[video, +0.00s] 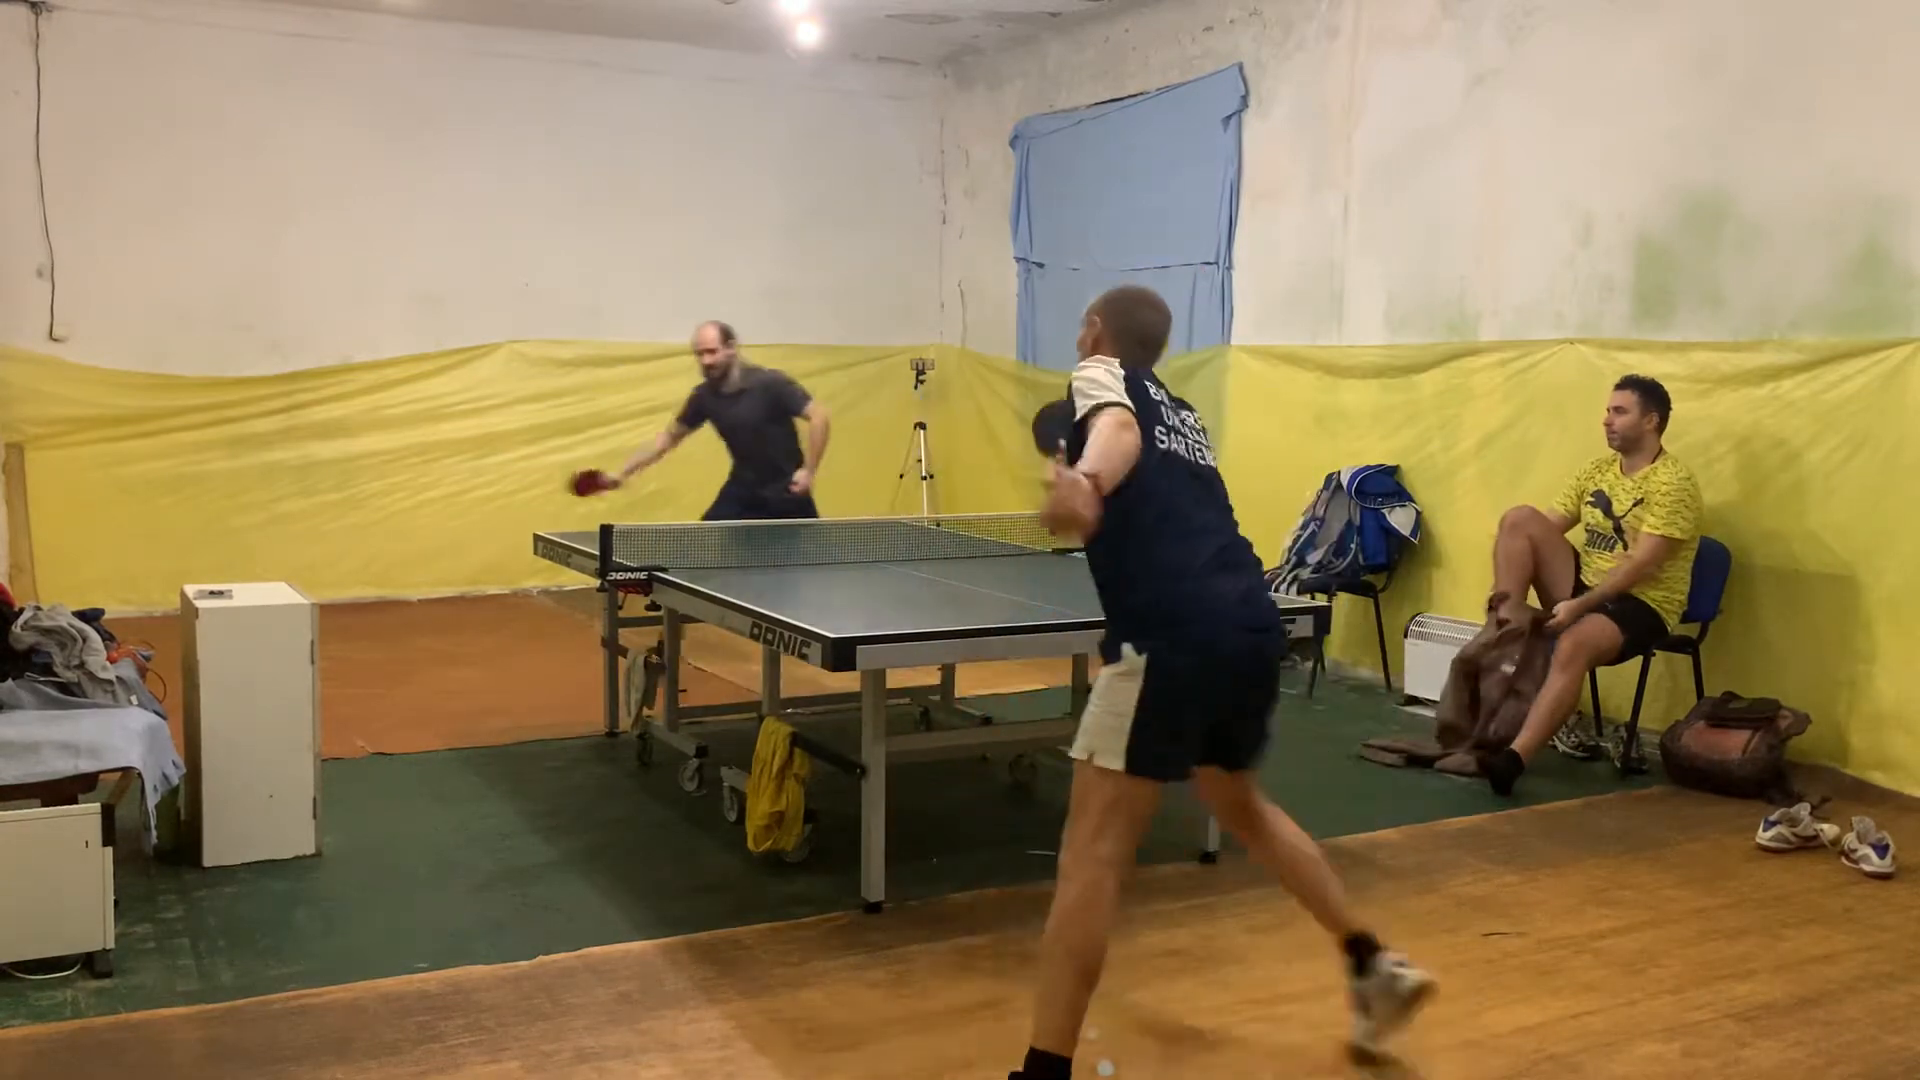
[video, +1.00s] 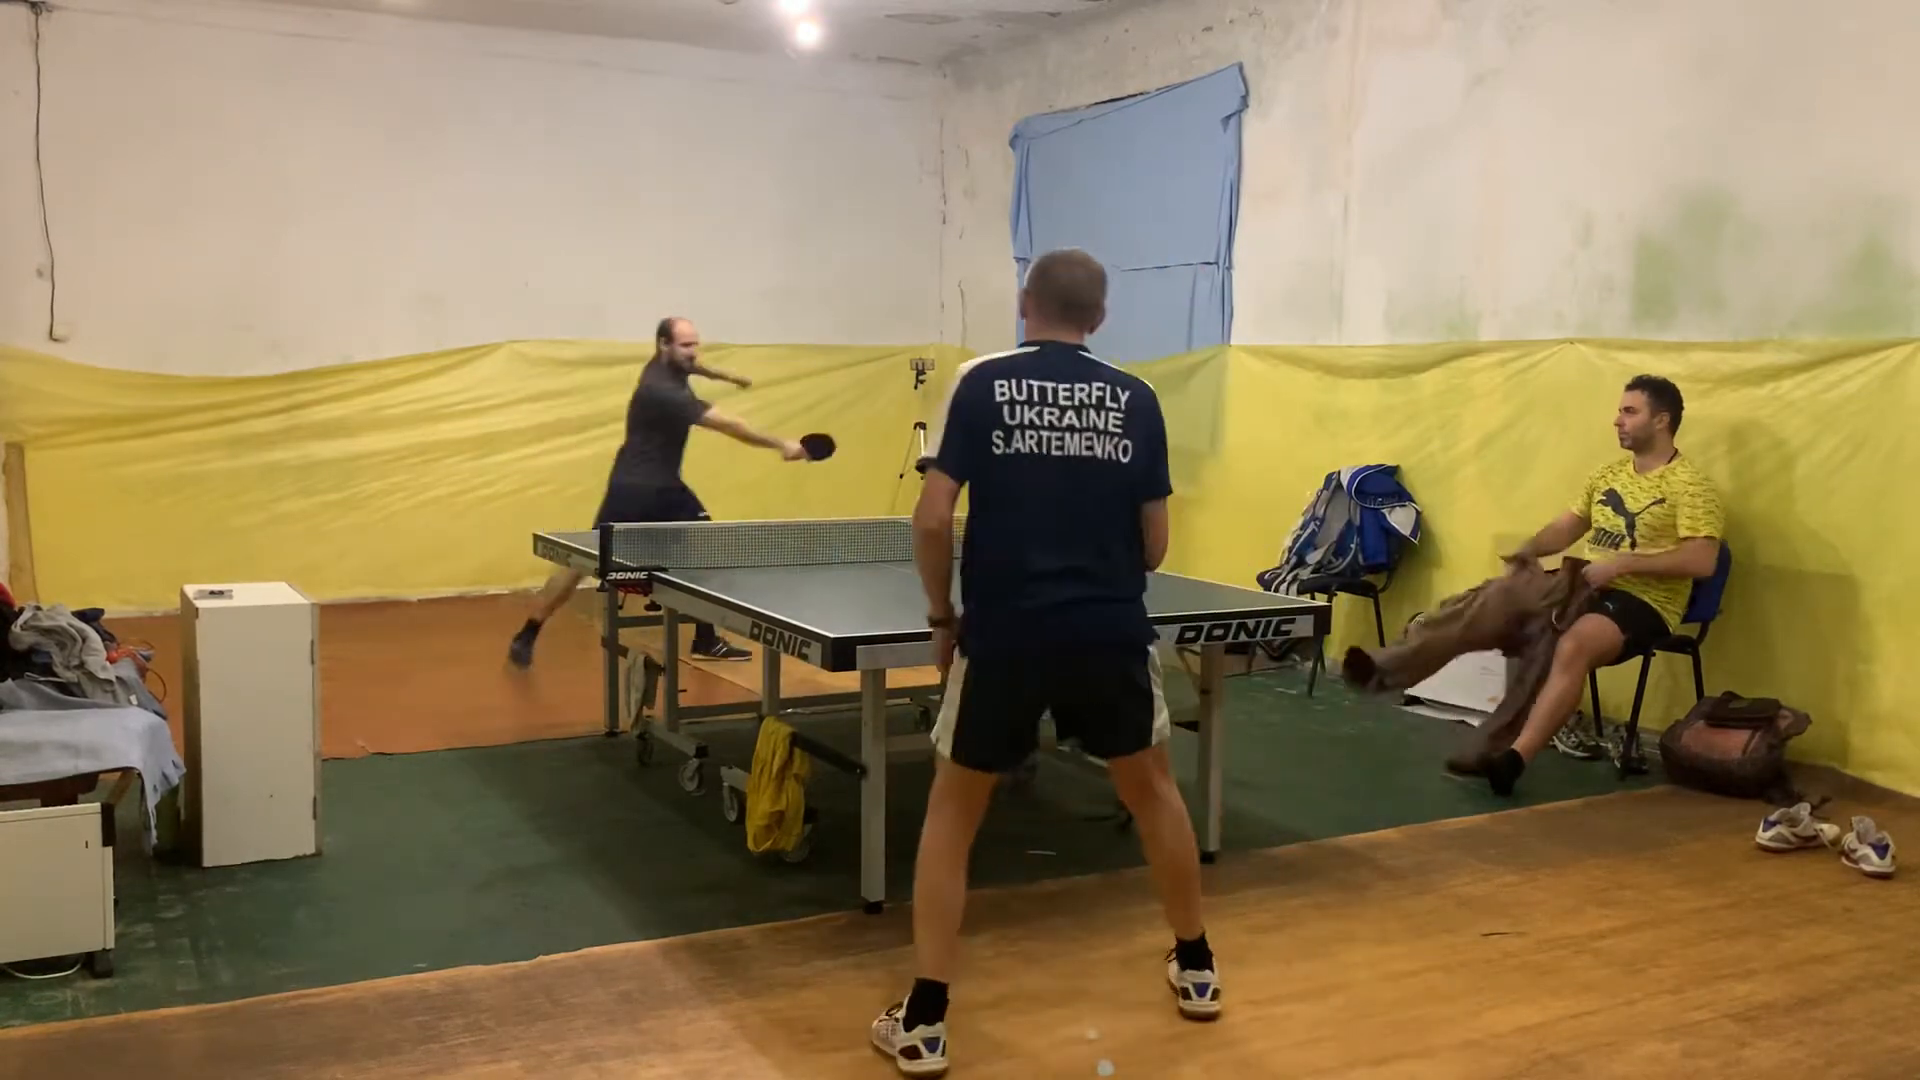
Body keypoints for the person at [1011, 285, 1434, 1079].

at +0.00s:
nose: (1078, 340)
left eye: (1082, 328)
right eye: (1084, 329)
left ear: (1095, 335)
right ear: (1152, 353)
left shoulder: (1098, 376)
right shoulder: (1181, 412)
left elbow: (1122, 429)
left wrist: (1087, 482)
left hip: (1164, 643)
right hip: (1252, 633)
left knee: (1093, 855)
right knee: (1237, 800)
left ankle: (1046, 1066)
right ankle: (1371, 961)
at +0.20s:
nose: (1076, 345)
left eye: (1079, 334)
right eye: (1082, 333)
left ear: (1094, 335)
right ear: (1150, 345)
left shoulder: (1095, 392)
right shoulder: (1196, 413)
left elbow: (1117, 494)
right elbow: (1206, 526)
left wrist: (1082, 606)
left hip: (1138, 633)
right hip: (1225, 635)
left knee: (1011, 806)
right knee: (1161, 779)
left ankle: (1025, 1002)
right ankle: (1206, 964)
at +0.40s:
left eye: (1087, 343)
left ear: (1086, 344)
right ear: (1159, 353)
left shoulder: (1048, 399)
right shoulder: (1200, 418)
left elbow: (1021, 517)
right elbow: (1231, 552)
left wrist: (986, 648)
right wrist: (1236, 617)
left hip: (1088, 649)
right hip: (1186, 646)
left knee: (995, 802)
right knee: (1178, 769)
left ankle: (955, 1003)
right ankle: (1210, 955)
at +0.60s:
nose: (1172, 341)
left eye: (1173, 328)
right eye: (1171, 327)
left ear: (1099, 314)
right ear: (1148, 315)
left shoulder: (1029, 389)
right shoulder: (1165, 381)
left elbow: (978, 517)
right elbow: (1215, 525)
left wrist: (961, 634)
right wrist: (1298, 515)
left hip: (1052, 634)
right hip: (1154, 632)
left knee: (1001, 799)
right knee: (1190, 781)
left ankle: (938, 975)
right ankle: (1200, 963)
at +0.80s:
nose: (1065, 311)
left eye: (1064, 299)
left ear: (1064, 304)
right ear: (1138, 315)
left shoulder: (1024, 383)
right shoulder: (1171, 396)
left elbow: (987, 531)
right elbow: (1161, 502)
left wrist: (1056, 526)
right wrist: (1084, 512)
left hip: (1049, 638)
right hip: (1145, 636)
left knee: (977, 806)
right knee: (1163, 787)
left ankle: (928, 994)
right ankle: (1197, 964)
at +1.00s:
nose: (1017, 317)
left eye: (1020, 305)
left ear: (1026, 309)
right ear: (1099, 320)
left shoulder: (981, 383)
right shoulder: (1136, 397)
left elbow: (931, 520)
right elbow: (1153, 545)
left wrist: (942, 615)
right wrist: (1090, 570)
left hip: (1004, 639)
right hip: (1108, 637)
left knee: (951, 818)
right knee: (1150, 789)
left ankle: (925, 1017)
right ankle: (1197, 966)